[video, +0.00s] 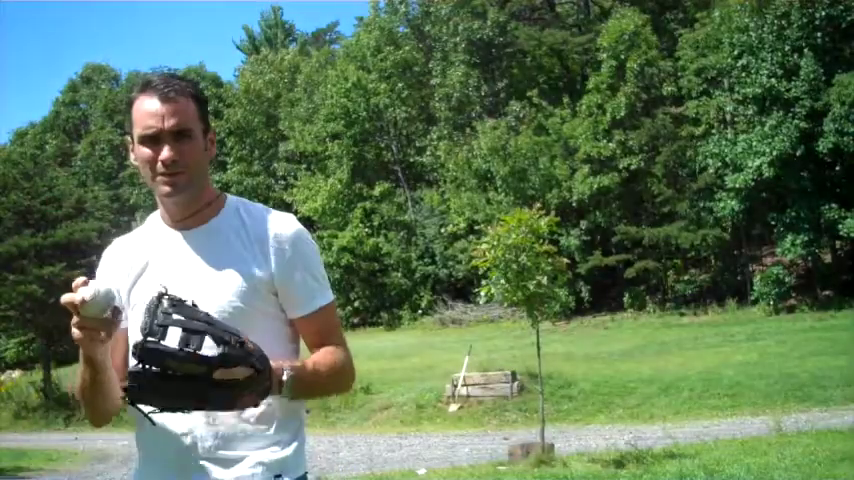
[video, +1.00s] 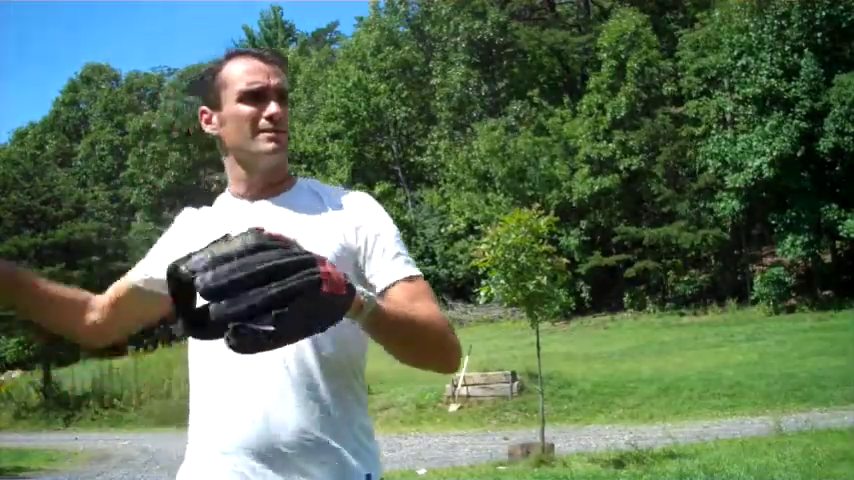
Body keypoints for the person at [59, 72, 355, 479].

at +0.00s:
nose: (167, 155)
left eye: (182, 136)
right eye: (151, 140)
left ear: (209, 143)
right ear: (133, 152)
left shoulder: (278, 236)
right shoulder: (120, 258)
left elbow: (339, 368)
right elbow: (101, 412)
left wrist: (274, 376)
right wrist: (93, 350)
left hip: (265, 469)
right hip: (162, 471)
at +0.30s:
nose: (190, 153)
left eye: (202, 137)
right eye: (173, 140)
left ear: (222, 148)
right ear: (146, 156)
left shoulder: (276, 232)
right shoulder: (137, 259)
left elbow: (327, 365)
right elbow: (124, 401)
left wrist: (203, 343)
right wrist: (105, 355)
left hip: (268, 466)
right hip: (171, 467)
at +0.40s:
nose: (199, 149)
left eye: (210, 134)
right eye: (181, 136)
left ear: (226, 146)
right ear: (151, 154)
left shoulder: (278, 235)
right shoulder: (142, 258)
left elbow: (315, 372)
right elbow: (157, 396)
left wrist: (187, 349)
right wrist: (116, 402)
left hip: (268, 468)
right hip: (170, 469)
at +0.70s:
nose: (219, 138)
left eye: (230, 125)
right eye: (200, 125)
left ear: (242, 138)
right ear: (165, 144)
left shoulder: (293, 225)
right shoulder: (166, 250)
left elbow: (345, 352)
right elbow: (170, 366)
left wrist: (214, 294)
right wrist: (91, 460)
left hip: (283, 467)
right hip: (181, 468)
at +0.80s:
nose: (232, 128)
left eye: (241, 115)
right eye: (212, 116)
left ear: (254, 129)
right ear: (177, 138)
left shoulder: (307, 218)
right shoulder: (174, 241)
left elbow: (376, 346)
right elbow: (156, 364)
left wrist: (247, 285)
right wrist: (57, 409)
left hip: (295, 468)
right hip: (190, 468)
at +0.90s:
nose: (252, 120)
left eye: (261, 108)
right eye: (232, 108)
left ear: (272, 123)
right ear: (193, 130)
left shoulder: (327, 214)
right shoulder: (185, 237)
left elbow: (411, 344)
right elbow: (139, 344)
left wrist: (295, 290)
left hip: (315, 465)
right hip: (204, 466)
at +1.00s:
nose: (275, 111)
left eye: (281, 98)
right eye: (254, 98)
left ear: (290, 111)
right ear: (212, 121)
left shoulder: (354, 213)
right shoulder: (190, 230)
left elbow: (445, 352)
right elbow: (98, 321)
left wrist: (352, 301)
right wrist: (9, 279)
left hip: (335, 465)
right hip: (220, 465)